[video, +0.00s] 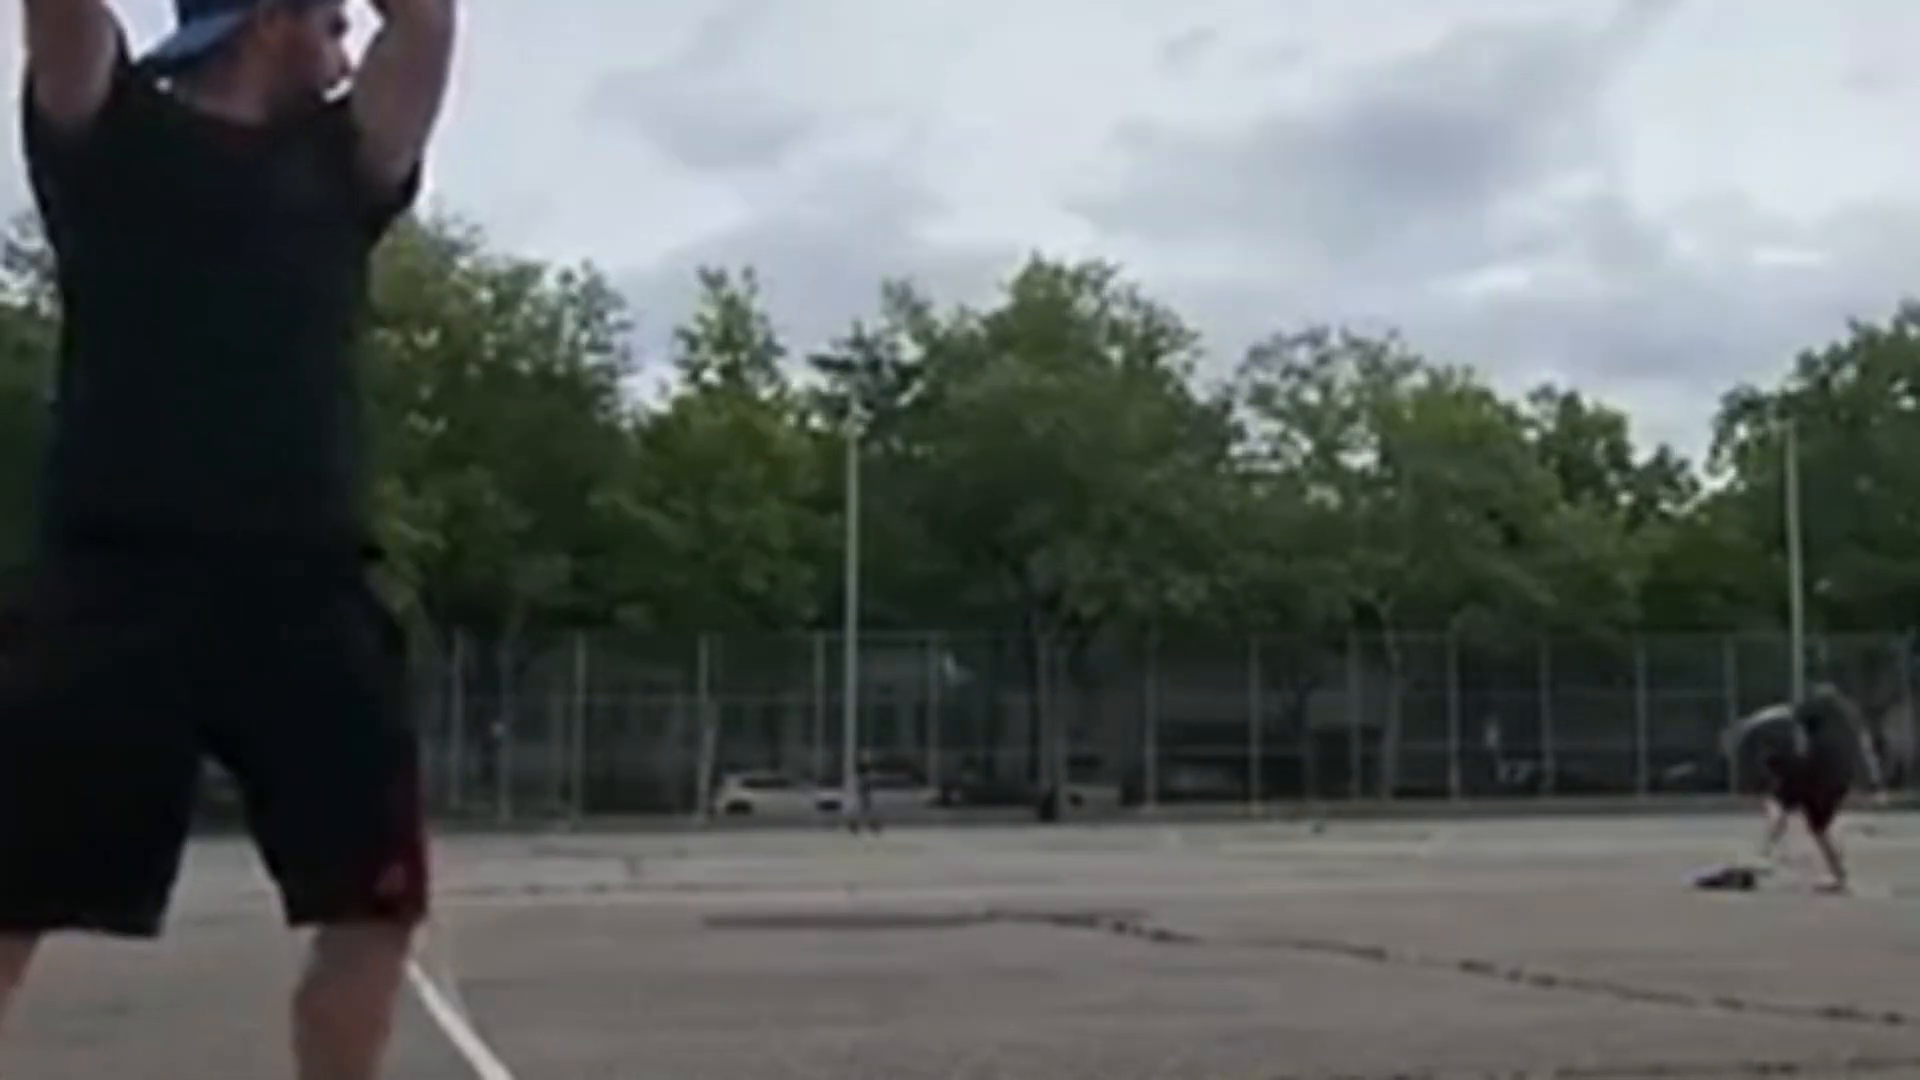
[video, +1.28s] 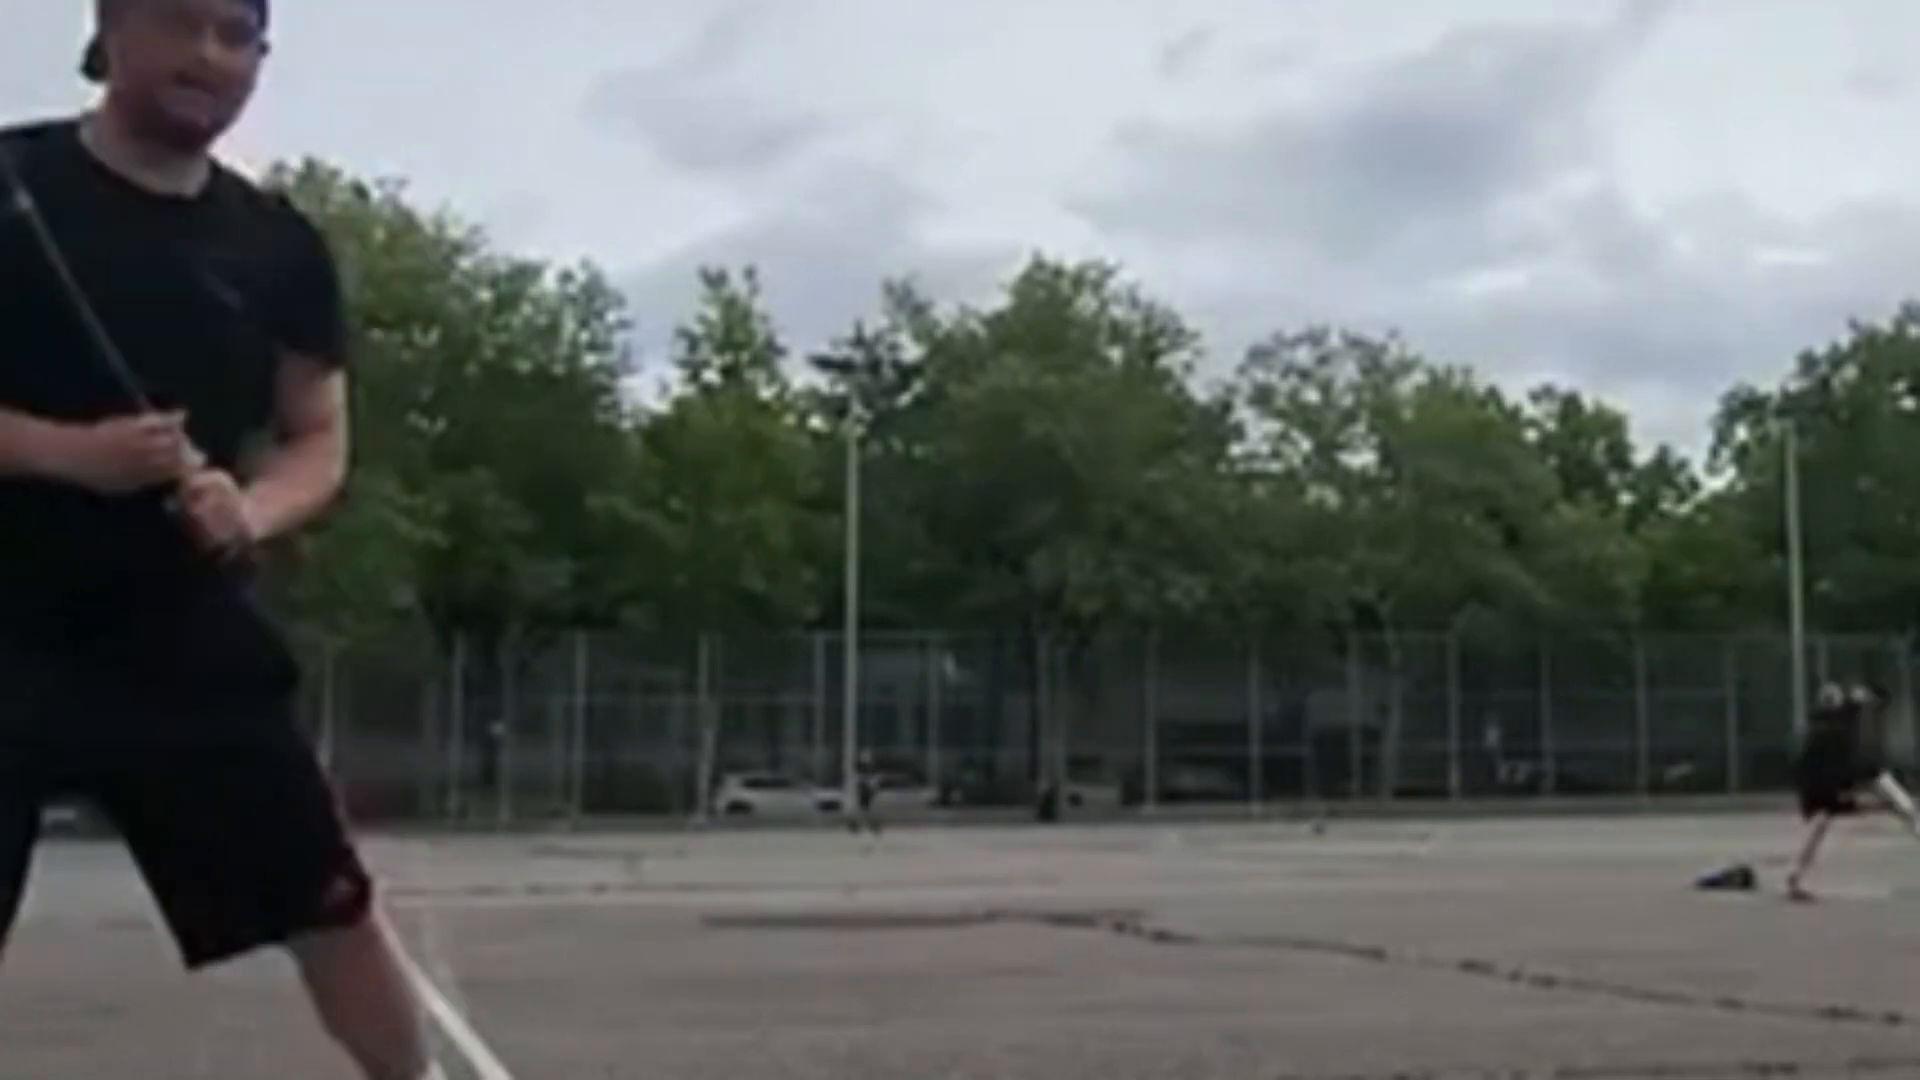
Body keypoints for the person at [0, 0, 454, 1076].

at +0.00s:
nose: (347, 47)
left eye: (346, 26)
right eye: (330, 21)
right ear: (270, 21)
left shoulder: (341, 166)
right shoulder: (104, 140)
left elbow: (426, 22)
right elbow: (58, 7)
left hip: (303, 581)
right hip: (113, 575)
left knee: (375, 906)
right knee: (18, 908)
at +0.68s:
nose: (295, 51)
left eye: (297, 34)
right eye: (282, 27)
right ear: (231, 33)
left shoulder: (283, 193)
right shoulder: (48, 128)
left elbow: (389, 86)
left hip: (217, 586)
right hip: (41, 581)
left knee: (380, 864)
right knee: (6, 882)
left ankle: (354, 1066)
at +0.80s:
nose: (323, 106)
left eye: (323, 81)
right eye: (305, 77)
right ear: (224, 72)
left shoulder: (304, 238)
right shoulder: (38, 173)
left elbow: (297, 218)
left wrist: (114, 47)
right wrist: (18, 28)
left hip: (221, 624)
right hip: (42, 625)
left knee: (413, 855)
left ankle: (441, 1060)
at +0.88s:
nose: (341, 161)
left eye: (342, 136)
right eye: (325, 131)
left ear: (259, 130)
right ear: (242, 127)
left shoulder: (325, 276)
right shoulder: (49, 237)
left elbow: (253, 351)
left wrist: (69, 185)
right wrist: (19, 129)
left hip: (238, 671)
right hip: (51, 669)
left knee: (423, 901)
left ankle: (431, 1069)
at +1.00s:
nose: (339, 212)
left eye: (344, 187)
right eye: (319, 182)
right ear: (224, 166)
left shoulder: (335, 332)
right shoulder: (61, 286)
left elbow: (293, 483)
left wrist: (113, 369)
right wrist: (12, 292)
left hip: (245, 683)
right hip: (59, 689)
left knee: (439, 913)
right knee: (5, 937)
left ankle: (445, 1070)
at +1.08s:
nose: (294, 192)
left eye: (312, 167)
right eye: (269, 157)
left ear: (325, 172)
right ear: (181, 140)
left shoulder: (328, 330)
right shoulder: (43, 284)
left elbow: (335, 535)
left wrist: (184, 514)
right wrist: (26, 436)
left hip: (227, 665)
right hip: (43, 663)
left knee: (417, 913)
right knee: (6, 921)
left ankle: (435, 1067)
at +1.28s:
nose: (209, 57)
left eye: (239, 37)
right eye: (179, 25)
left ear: (260, 66)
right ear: (107, 34)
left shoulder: (280, 245)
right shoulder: (16, 183)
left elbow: (318, 444)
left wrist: (252, 508)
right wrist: (70, 450)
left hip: (186, 629)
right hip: (19, 626)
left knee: (328, 898)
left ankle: (410, 1071)